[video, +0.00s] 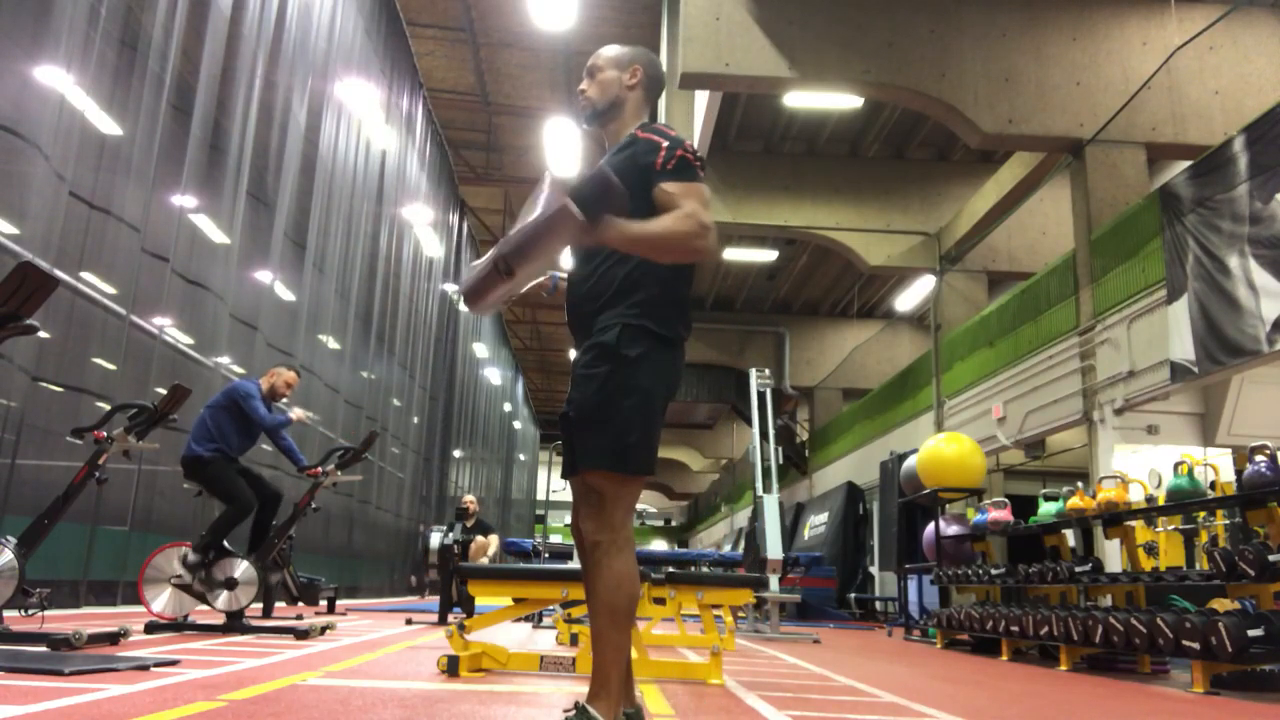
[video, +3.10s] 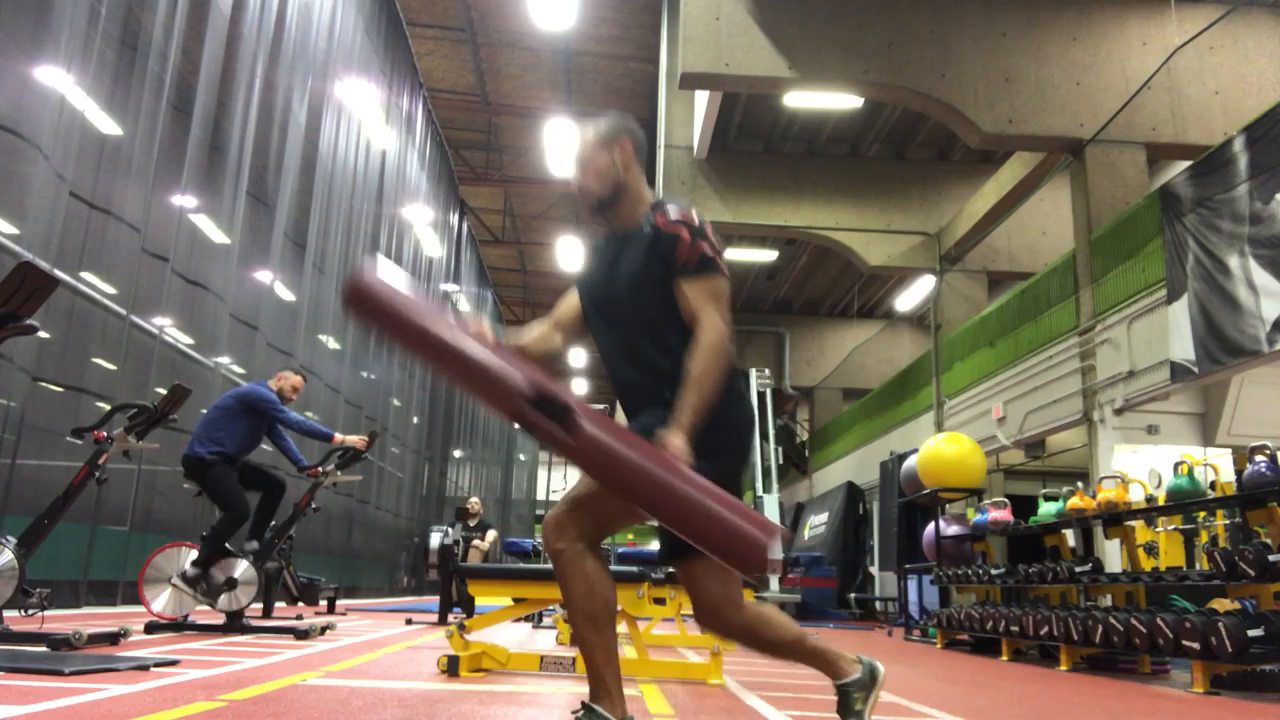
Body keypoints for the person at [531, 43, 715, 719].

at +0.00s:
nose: (582, 87)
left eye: (594, 74)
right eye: (583, 77)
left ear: (635, 80)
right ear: (621, 84)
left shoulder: (658, 144)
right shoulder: (609, 169)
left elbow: (700, 235)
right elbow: (603, 283)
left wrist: (601, 232)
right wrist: (530, 290)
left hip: (631, 356)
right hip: (604, 357)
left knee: (604, 527)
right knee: (594, 527)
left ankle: (609, 703)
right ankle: (615, 697)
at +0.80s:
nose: (574, 92)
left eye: (585, 78)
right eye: (571, 83)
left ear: (630, 79)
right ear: (579, 93)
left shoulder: (663, 158)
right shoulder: (592, 186)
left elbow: (697, 257)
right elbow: (559, 272)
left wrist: (629, 321)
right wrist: (499, 271)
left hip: (649, 371)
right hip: (607, 372)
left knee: (603, 526)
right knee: (574, 526)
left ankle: (616, 707)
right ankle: (658, 674)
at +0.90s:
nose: (572, 98)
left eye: (584, 84)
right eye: (569, 88)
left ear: (628, 83)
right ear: (581, 95)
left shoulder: (669, 165)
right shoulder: (581, 193)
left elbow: (711, 264)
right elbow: (544, 275)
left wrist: (669, 343)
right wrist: (487, 283)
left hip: (659, 368)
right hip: (616, 370)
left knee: (599, 522)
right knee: (610, 535)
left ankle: (614, 707)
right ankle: (725, 645)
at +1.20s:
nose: (571, 168)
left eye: (581, 153)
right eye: (566, 156)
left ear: (620, 147)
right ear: (568, 161)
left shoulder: (678, 221)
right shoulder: (579, 247)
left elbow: (744, 304)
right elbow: (549, 320)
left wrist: (745, 395)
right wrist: (528, 356)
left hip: (689, 411)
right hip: (653, 417)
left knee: (573, 524)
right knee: (708, 585)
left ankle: (611, 706)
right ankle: (830, 664)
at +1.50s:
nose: (583, 261)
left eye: (591, 246)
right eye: (578, 249)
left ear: (631, 236)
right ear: (579, 249)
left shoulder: (700, 303)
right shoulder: (593, 334)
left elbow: (766, 389)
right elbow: (567, 407)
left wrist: (778, 483)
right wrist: (556, 460)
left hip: (722, 470)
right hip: (668, 477)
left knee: (566, 525)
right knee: (700, 679)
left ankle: (609, 707)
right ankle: (837, 670)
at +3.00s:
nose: (582, 218)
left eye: (591, 204)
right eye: (578, 208)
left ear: (633, 195)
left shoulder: (689, 268)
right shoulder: (605, 296)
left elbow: (743, 363)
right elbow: (563, 366)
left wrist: (724, 468)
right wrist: (524, 396)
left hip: (701, 454)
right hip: (663, 456)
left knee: (562, 532)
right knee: (711, 652)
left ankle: (607, 707)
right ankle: (846, 669)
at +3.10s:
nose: (576, 175)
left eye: (585, 159)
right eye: (574, 163)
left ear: (624, 154)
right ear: (600, 163)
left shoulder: (674, 226)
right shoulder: (605, 255)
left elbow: (715, 330)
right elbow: (555, 331)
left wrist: (679, 428)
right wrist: (497, 340)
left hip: (702, 428)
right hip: (665, 433)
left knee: (567, 529)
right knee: (720, 610)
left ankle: (607, 706)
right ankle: (850, 670)